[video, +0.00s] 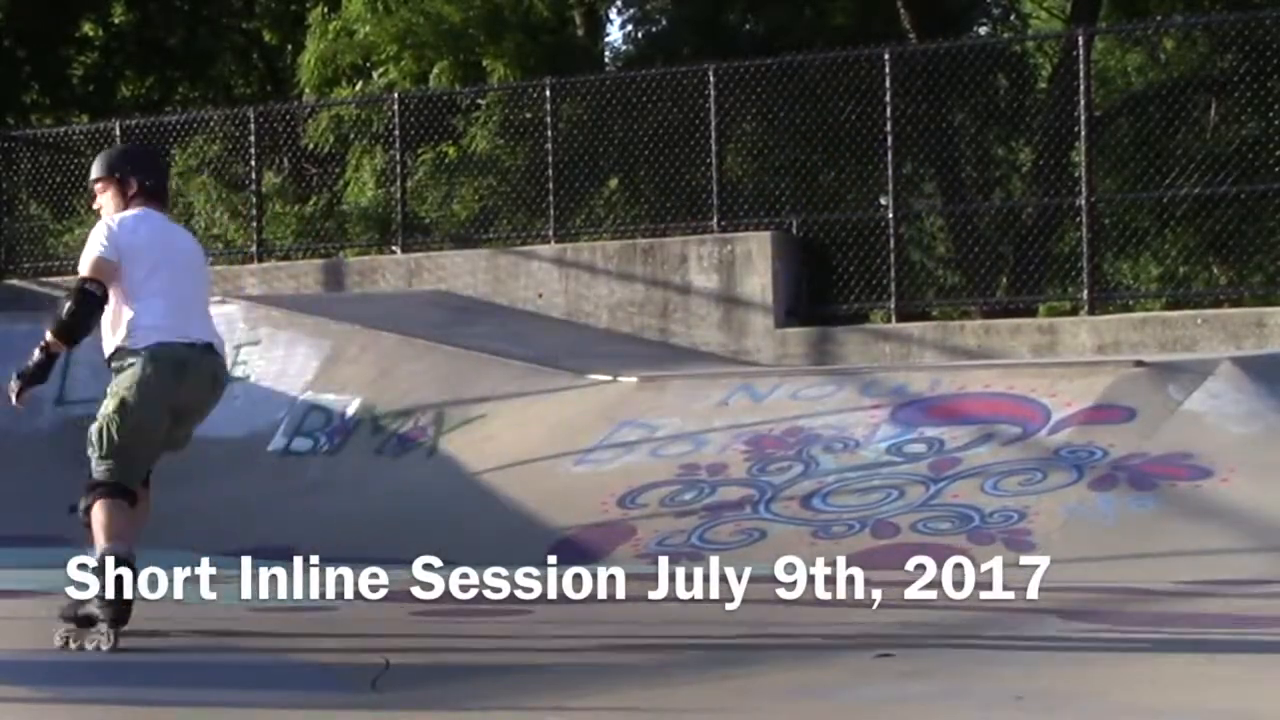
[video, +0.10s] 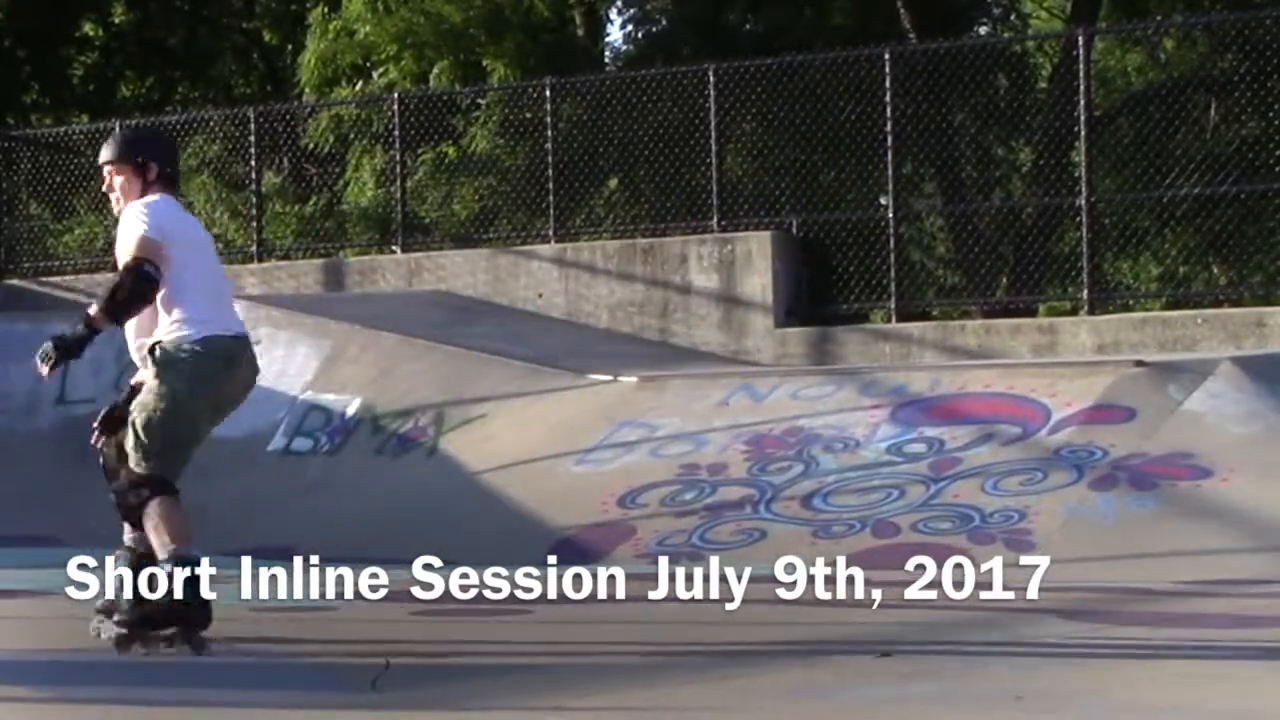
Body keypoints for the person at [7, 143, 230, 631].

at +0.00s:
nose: (95, 203)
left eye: (100, 191)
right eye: (94, 193)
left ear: (130, 187)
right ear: (147, 191)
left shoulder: (114, 229)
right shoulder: (187, 239)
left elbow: (83, 305)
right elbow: (180, 306)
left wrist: (41, 361)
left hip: (150, 361)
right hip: (207, 363)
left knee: (108, 476)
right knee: (138, 471)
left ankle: (114, 590)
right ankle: (109, 579)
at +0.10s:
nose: (106, 185)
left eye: (113, 173)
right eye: (104, 175)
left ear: (149, 171)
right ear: (154, 176)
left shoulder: (144, 213)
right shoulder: (181, 221)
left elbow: (139, 283)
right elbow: (173, 329)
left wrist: (74, 337)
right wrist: (127, 401)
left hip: (190, 355)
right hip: (232, 357)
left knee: (145, 471)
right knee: (122, 449)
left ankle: (186, 594)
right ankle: (143, 581)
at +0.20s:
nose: (134, 156)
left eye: (144, 144)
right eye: (128, 148)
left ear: (180, 141)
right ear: (129, 153)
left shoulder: (194, 182)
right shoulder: (172, 209)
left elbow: (212, 253)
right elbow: (191, 324)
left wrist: (127, 287)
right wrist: (155, 391)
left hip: (247, 342)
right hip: (206, 353)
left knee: (203, 469)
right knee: (146, 459)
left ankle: (270, 586)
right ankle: (187, 590)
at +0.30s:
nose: (160, 133)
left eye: (170, 120)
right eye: (152, 124)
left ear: (206, 119)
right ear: (150, 132)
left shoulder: (230, 165)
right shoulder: (188, 195)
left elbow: (259, 237)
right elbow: (219, 279)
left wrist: (172, 252)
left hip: (283, 334)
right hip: (223, 348)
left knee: (269, 468)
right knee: (200, 469)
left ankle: (297, 582)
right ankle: (191, 589)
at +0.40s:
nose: (203, 121)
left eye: (212, 107)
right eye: (193, 114)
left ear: (243, 108)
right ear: (188, 127)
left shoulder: (283, 163)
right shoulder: (203, 198)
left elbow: (299, 243)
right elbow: (229, 270)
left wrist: (213, 251)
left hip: (320, 339)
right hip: (251, 347)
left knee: (314, 479)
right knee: (251, 466)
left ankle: (313, 591)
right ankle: (209, 594)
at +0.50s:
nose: (273, 122)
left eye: (284, 109)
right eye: (262, 112)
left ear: (309, 111)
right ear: (248, 122)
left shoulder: (344, 172)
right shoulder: (240, 194)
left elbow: (347, 263)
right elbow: (264, 272)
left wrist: (277, 279)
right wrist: (253, 289)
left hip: (356, 346)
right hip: (285, 344)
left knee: (350, 487)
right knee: (304, 465)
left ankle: (315, 606)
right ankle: (258, 605)